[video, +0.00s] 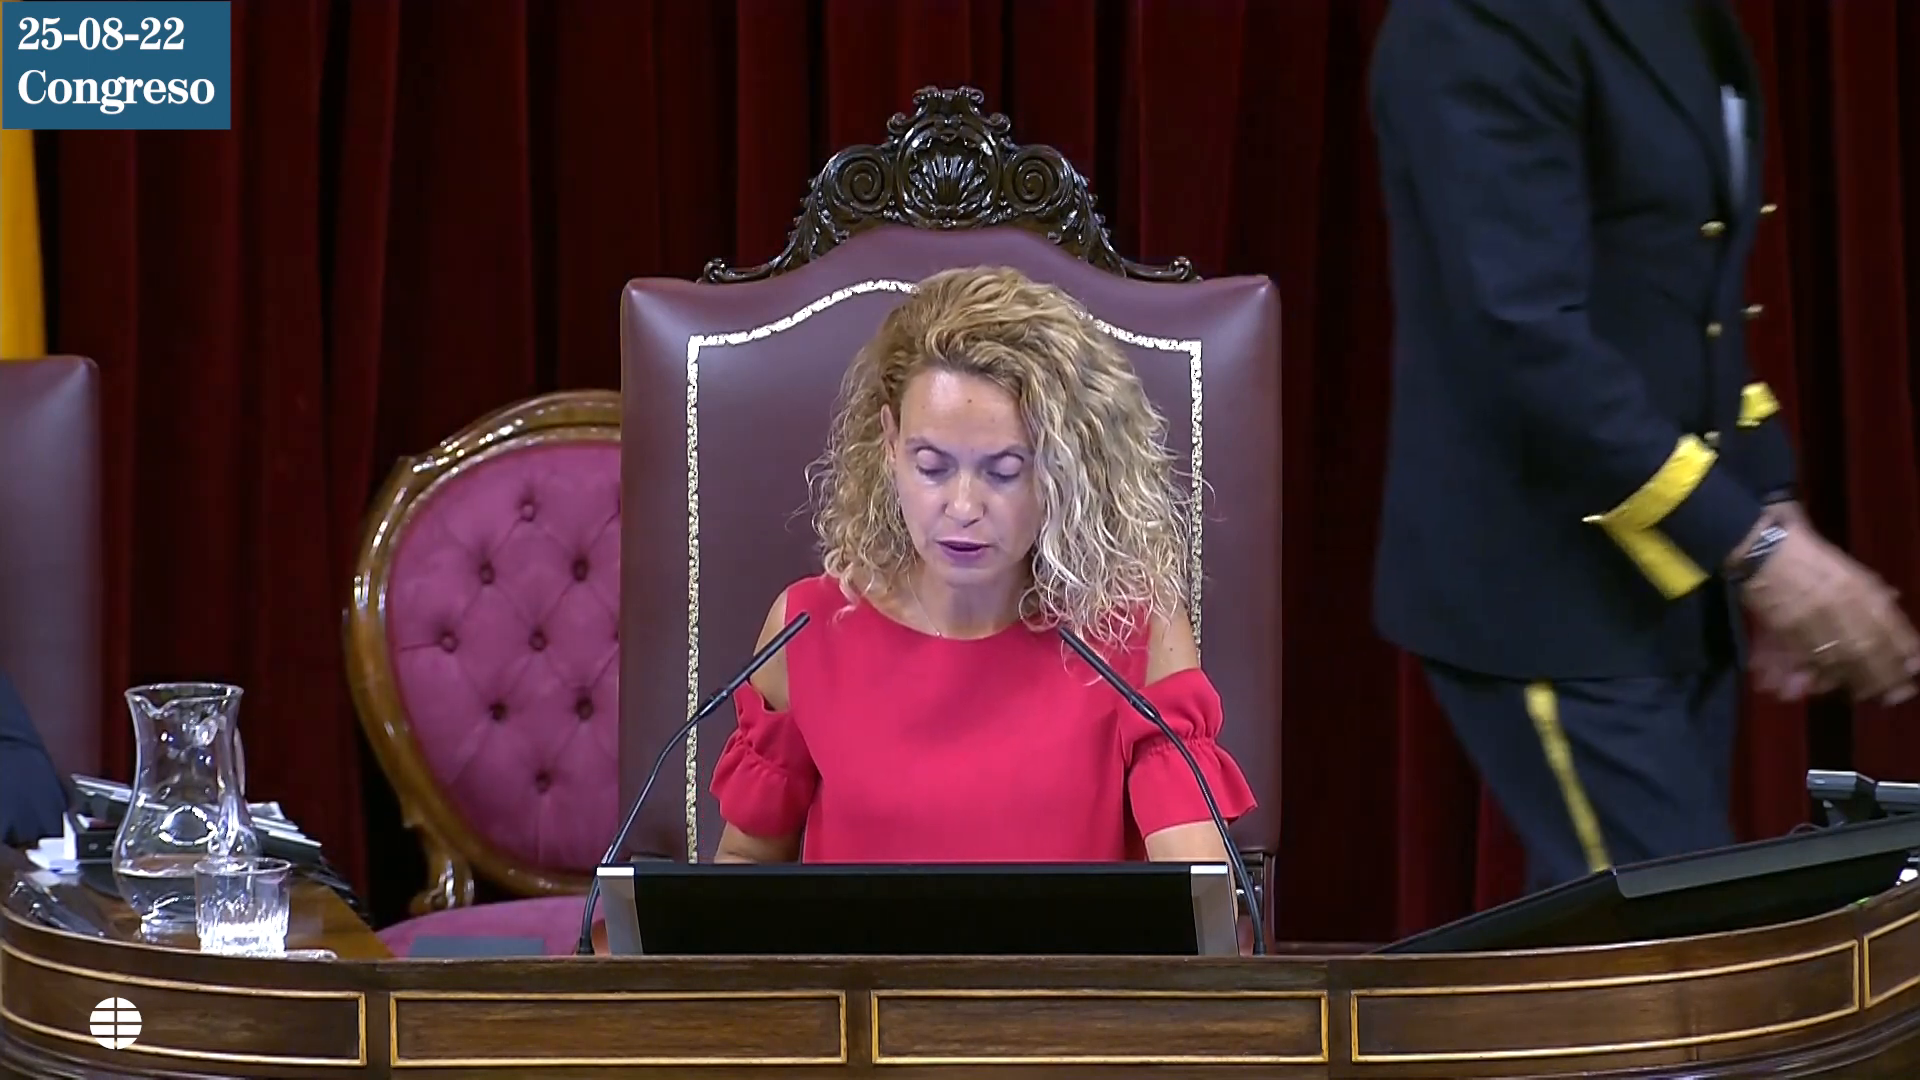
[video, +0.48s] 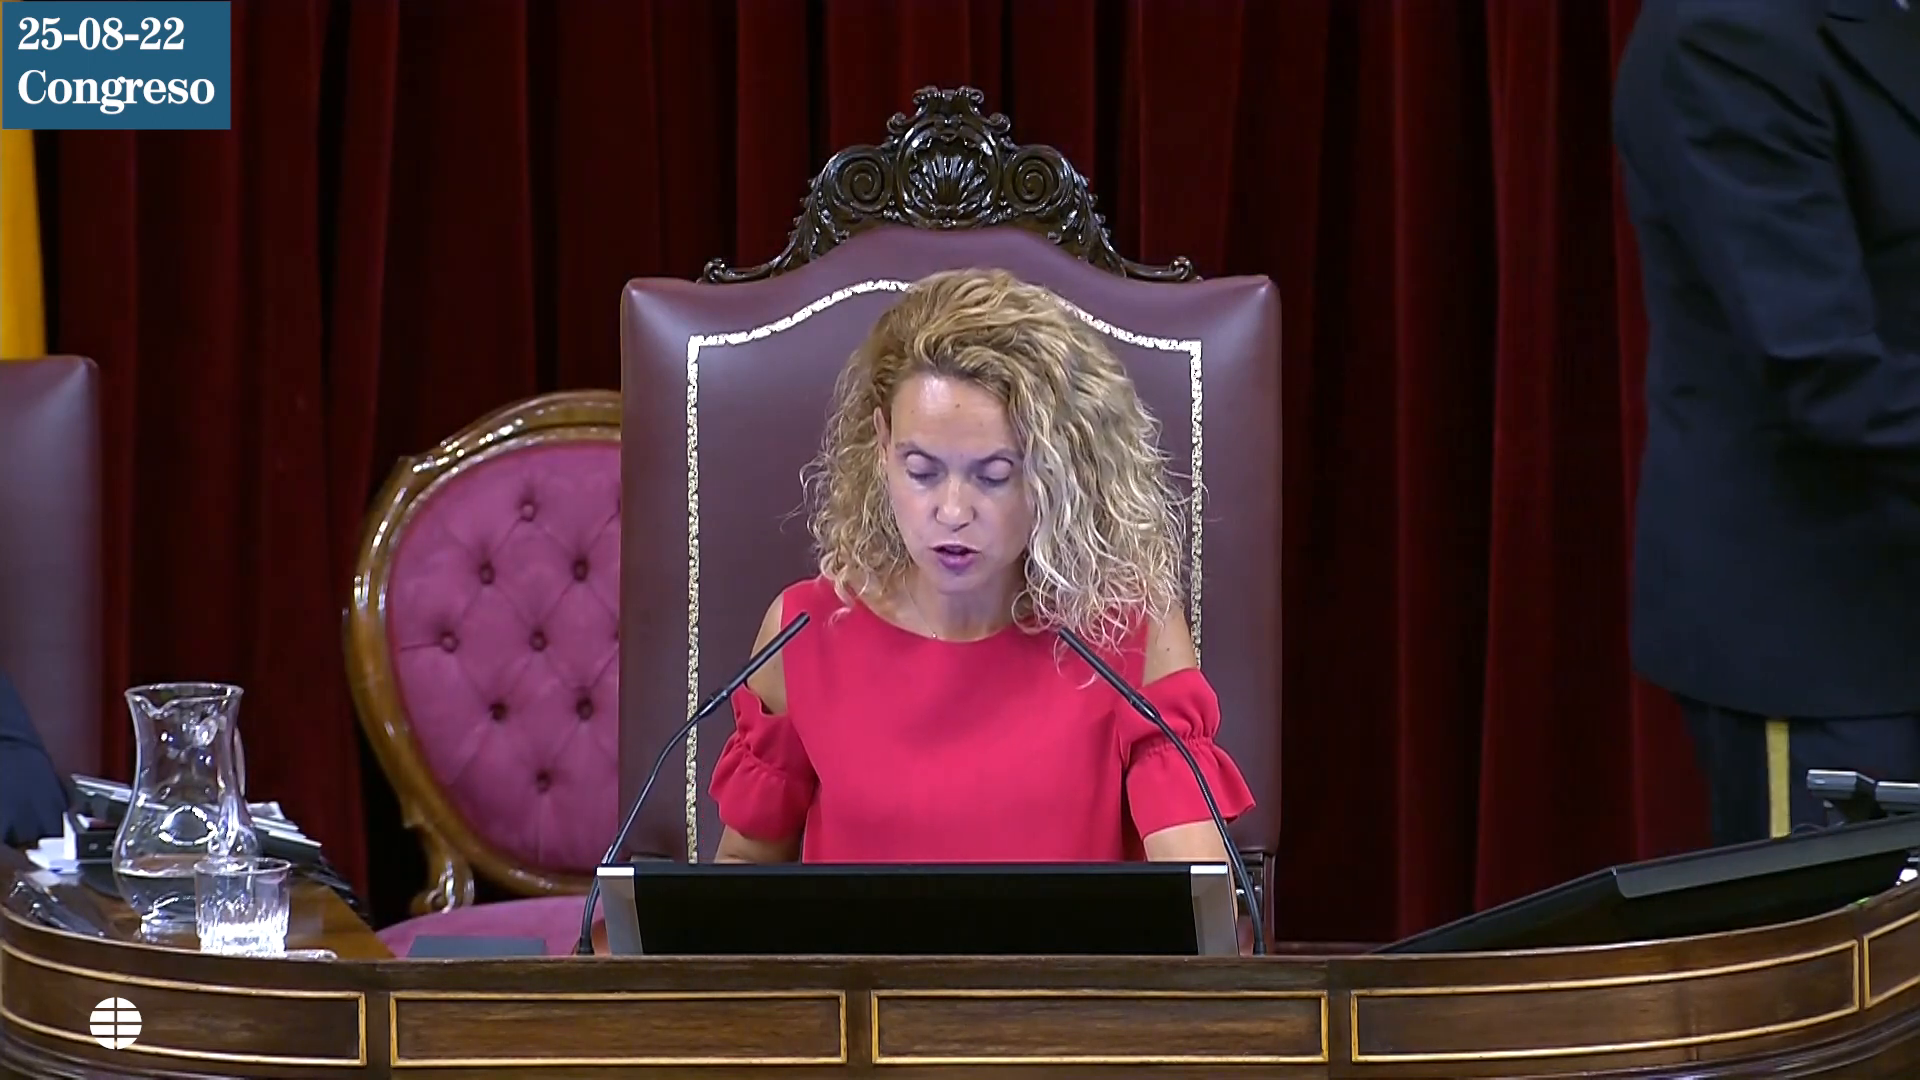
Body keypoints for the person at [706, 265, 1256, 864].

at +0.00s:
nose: (964, 507)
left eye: (1004, 470)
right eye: (933, 464)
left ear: (1065, 468)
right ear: (889, 447)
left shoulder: (1132, 627)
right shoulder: (810, 626)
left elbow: (1202, 895)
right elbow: (744, 872)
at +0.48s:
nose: (953, 511)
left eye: (993, 474)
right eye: (923, 470)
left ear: (1057, 473)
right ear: (880, 458)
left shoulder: (1129, 630)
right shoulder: (807, 629)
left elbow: (1203, 901)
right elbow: (744, 877)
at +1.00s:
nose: (945, 514)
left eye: (985, 475)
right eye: (915, 471)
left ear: (1050, 476)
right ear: (873, 461)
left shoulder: (1125, 624)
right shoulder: (803, 631)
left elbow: (1201, 898)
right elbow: (743, 882)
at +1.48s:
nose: (943, 511)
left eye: (982, 474)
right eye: (913, 470)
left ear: (1050, 476)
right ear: (872, 463)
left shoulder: (1124, 621)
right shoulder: (801, 629)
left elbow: (1200, 891)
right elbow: (740, 880)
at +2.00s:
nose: (941, 511)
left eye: (982, 474)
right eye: (912, 470)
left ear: (1051, 477)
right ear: (873, 463)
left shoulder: (1124, 621)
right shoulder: (802, 628)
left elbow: (1200, 892)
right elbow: (736, 871)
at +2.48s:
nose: (947, 513)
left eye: (987, 474)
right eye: (917, 471)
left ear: (1054, 474)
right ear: (874, 460)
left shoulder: (1125, 621)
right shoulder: (803, 629)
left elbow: (1199, 891)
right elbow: (740, 877)